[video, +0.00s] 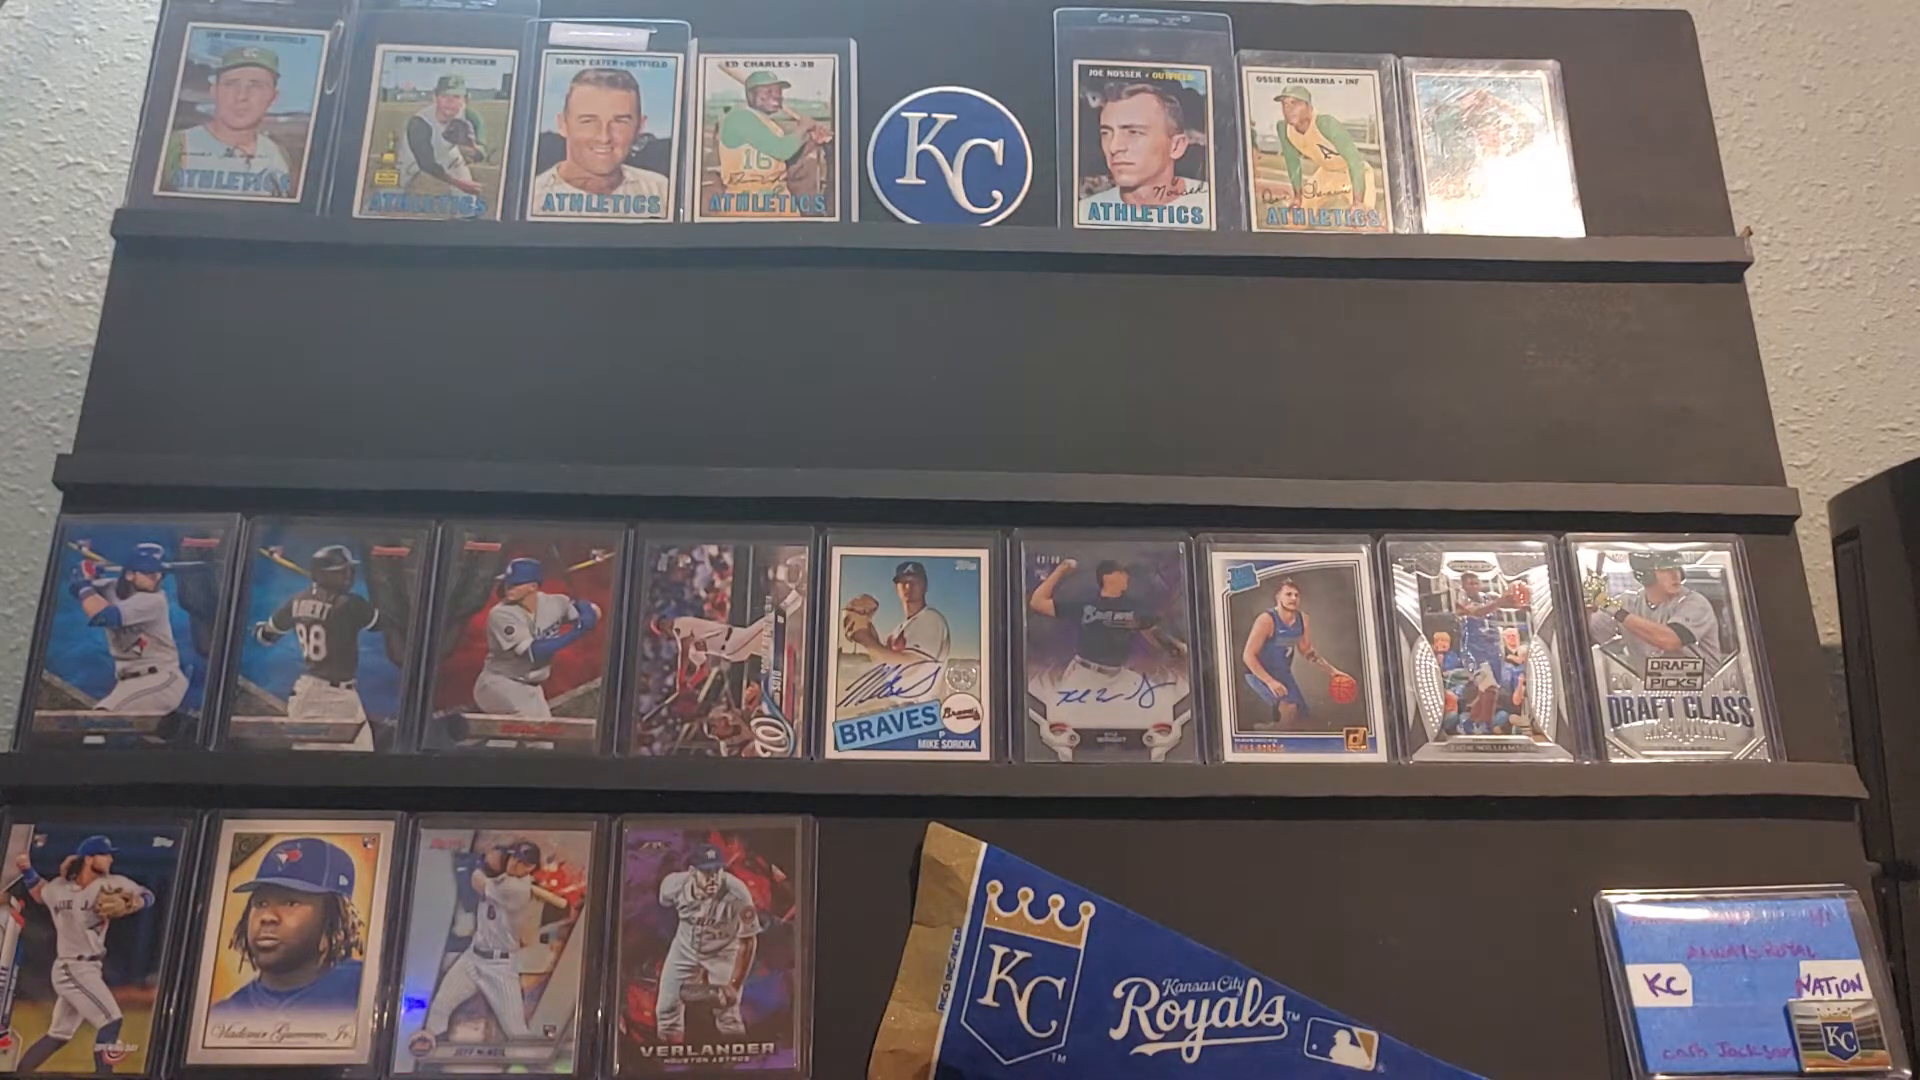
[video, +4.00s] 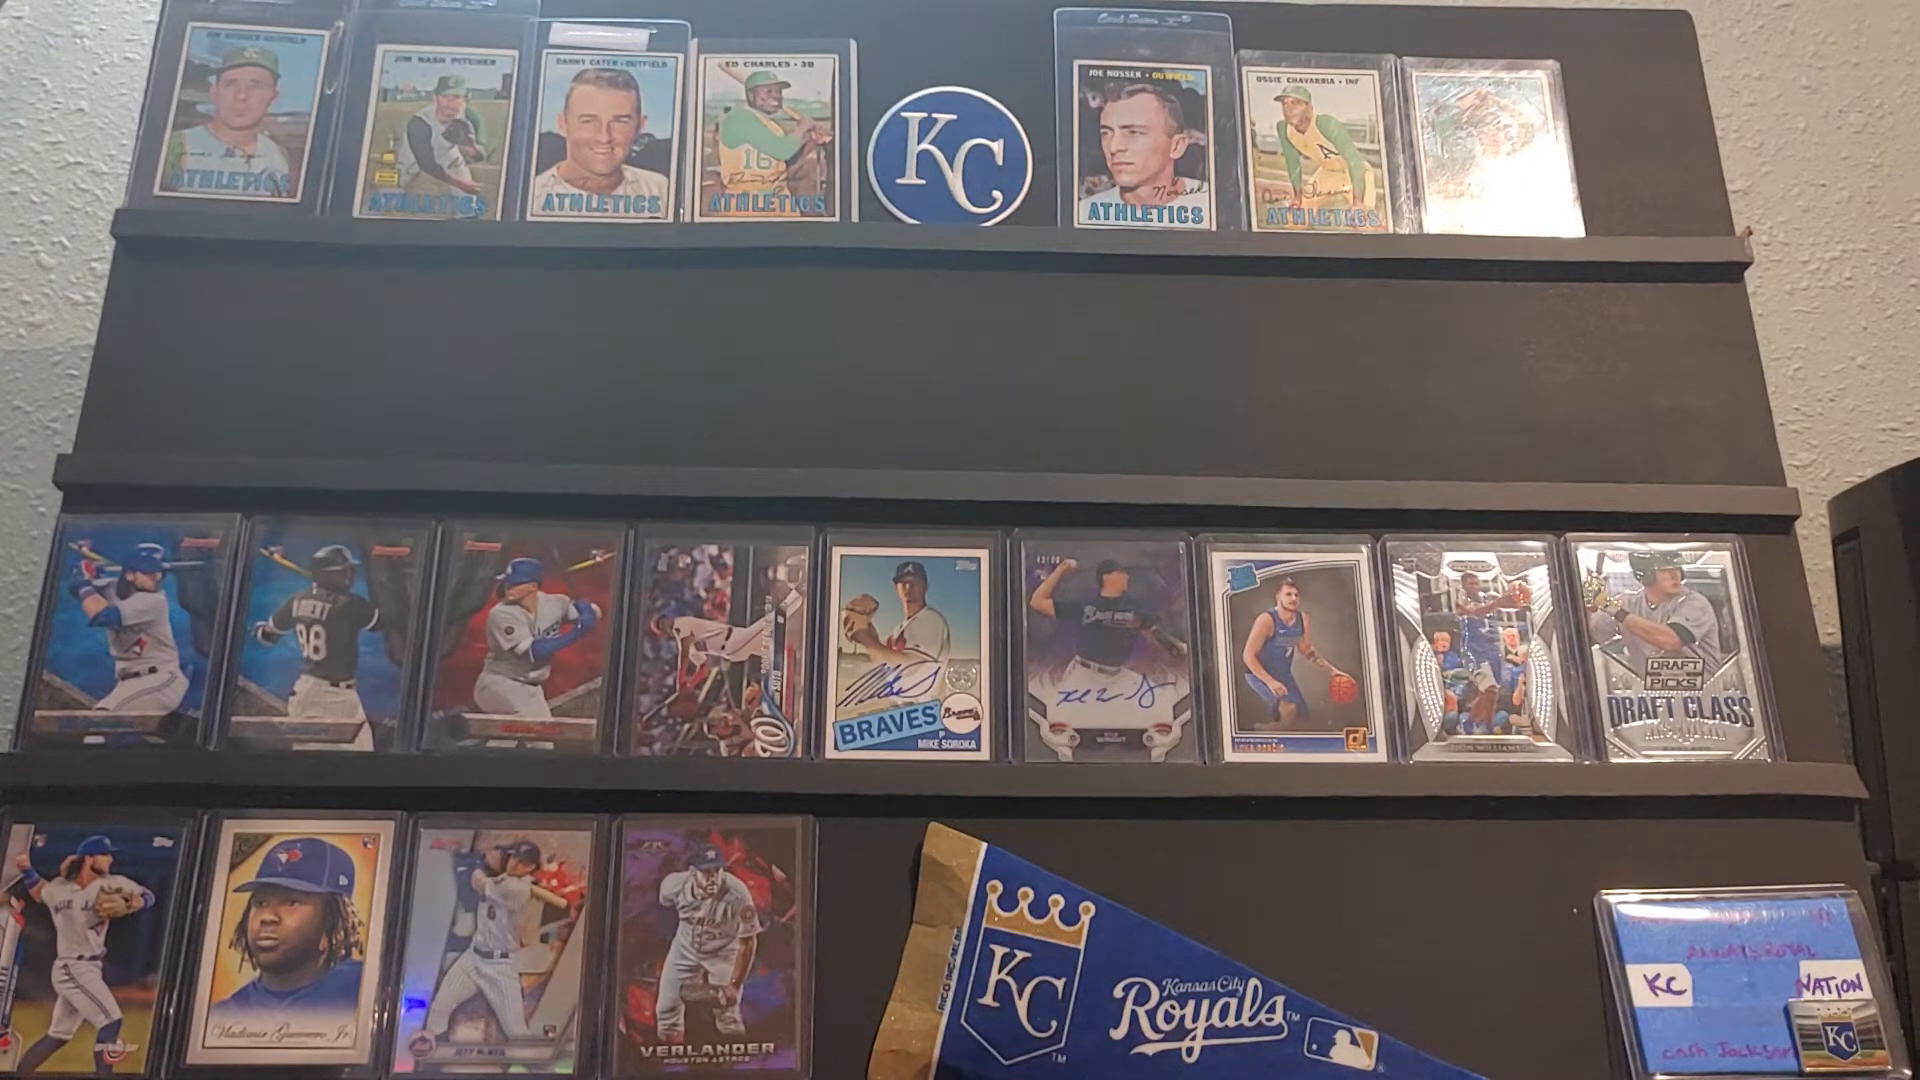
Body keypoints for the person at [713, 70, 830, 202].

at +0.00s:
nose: (776, 96)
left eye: (778, 91)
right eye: (768, 92)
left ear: (782, 94)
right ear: (752, 96)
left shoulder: (774, 127)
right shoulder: (739, 118)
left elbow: (786, 162)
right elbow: (783, 151)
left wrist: (811, 142)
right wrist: (803, 128)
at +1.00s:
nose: (776, 97)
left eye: (778, 92)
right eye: (769, 92)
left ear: (782, 93)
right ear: (752, 94)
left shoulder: (773, 126)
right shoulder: (739, 118)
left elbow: (785, 167)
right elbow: (782, 151)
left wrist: (811, 143)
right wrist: (803, 128)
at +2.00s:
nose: (776, 97)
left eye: (779, 92)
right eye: (768, 92)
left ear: (782, 94)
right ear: (751, 95)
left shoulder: (775, 128)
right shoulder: (738, 118)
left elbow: (784, 169)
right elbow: (782, 151)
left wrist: (811, 143)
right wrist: (802, 129)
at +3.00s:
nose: (776, 97)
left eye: (779, 92)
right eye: (769, 92)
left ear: (782, 93)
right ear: (751, 96)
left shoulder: (775, 126)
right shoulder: (738, 118)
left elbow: (785, 168)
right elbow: (782, 151)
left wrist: (811, 143)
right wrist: (802, 128)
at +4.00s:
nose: (776, 97)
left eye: (779, 92)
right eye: (769, 92)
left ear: (782, 93)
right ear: (751, 95)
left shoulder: (773, 125)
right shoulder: (738, 118)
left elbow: (784, 168)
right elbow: (783, 151)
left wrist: (811, 143)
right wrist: (802, 128)